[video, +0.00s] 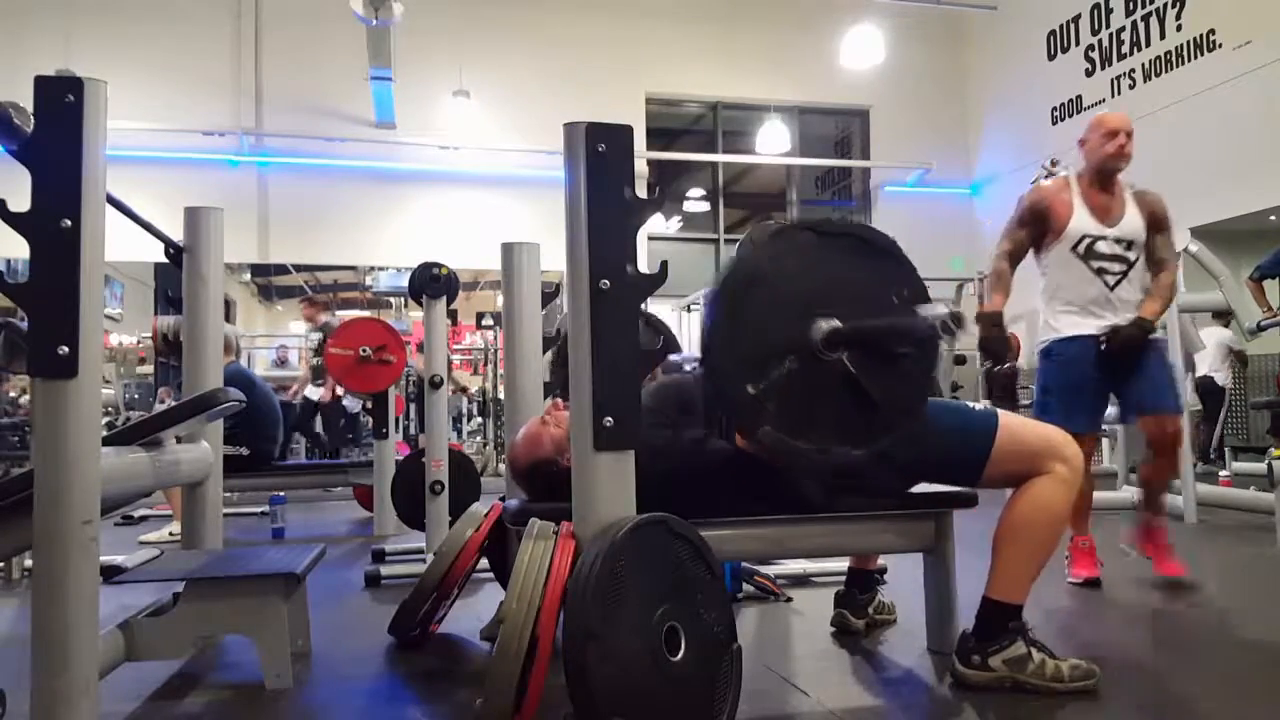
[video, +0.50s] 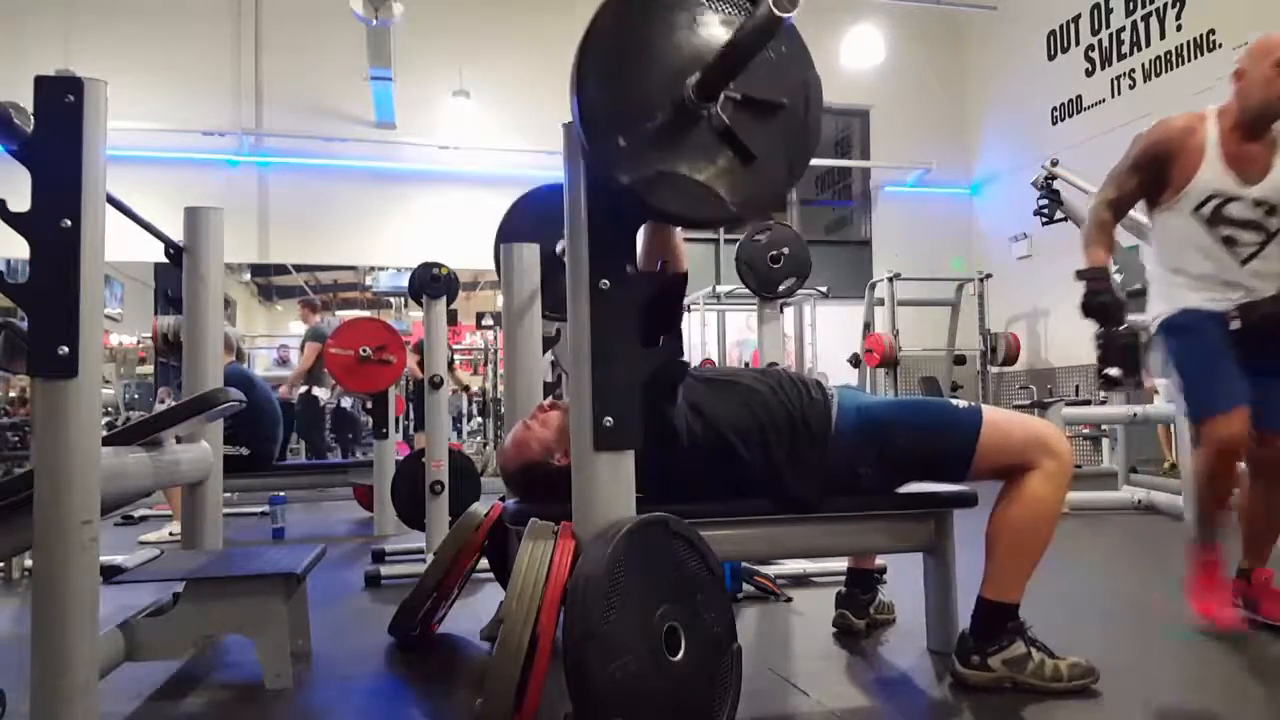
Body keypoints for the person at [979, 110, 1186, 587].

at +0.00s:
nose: (1123, 145)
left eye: (1128, 137)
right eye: (1112, 136)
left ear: (1133, 147)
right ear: (1084, 145)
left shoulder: (1148, 206)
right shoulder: (1047, 199)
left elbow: (1166, 273)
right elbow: (1004, 259)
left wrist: (1141, 324)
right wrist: (991, 321)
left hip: (1133, 336)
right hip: (1069, 340)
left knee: (1167, 432)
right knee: (1077, 449)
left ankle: (1150, 528)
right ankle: (1081, 541)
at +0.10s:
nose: (1148, 133)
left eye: (1153, 126)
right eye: (1136, 124)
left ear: (1157, 138)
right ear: (1106, 133)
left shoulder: (1169, 197)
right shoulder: (1065, 190)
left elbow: (1194, 268)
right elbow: (1016, 251)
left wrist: (1164, 313)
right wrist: (1009, 309)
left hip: (1151, 333)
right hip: (1082, 338)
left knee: (1183, 436)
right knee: (1085, 448)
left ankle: (1213, 552)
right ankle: (1083, 544)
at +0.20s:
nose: (1180, 130)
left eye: (1185, 122)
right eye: (1167, 120)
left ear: (1190, 134)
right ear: (1135, 129)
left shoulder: (1199, 201)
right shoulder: (1088, 189)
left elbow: (1221, 273)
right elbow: (1031, 248)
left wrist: (1190, 320)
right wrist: (1027, 306)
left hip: (1176, 342)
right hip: (1103, 346)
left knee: (1206, 441)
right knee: (1096, 451)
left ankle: (1239, 566)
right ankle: (1085, 539)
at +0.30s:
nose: (1223, 119)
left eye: (1228, 110)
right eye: (1210, 109)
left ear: (1231, 122)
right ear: (1173, 119)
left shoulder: (1234, 194)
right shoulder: (1119, 180)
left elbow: (1256, 273)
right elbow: (1057, 242)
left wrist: (1215, 320)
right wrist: (1048, 309)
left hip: (1207, 341)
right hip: (1131, 347)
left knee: (1240, 442)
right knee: (1130, 458)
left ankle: (1249, 577)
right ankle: (1094, 533)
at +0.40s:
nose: (1268, 108)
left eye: (1271, 98)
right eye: (1255, 96)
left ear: (1270, 109)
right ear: (1212, 101)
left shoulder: (1266, 180)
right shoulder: (1148, 163)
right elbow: (1081, 233)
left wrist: (1258, 306)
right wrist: (1074, 296)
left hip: (1243, 327)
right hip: (1166, 331)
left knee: (1263, 448)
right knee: (1184, 455)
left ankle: (1250, 580)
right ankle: (1137, 518)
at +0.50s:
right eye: (1275, 66)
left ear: (1274, 81)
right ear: (1241, 72)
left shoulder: (1275, 150)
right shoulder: (1178, 139)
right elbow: (1103, 212)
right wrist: (1103, 300)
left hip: (1264, 308)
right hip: (1192, 307)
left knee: (1270, 451)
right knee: (1228, 434)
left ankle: (1255, 576)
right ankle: (1206, 561)